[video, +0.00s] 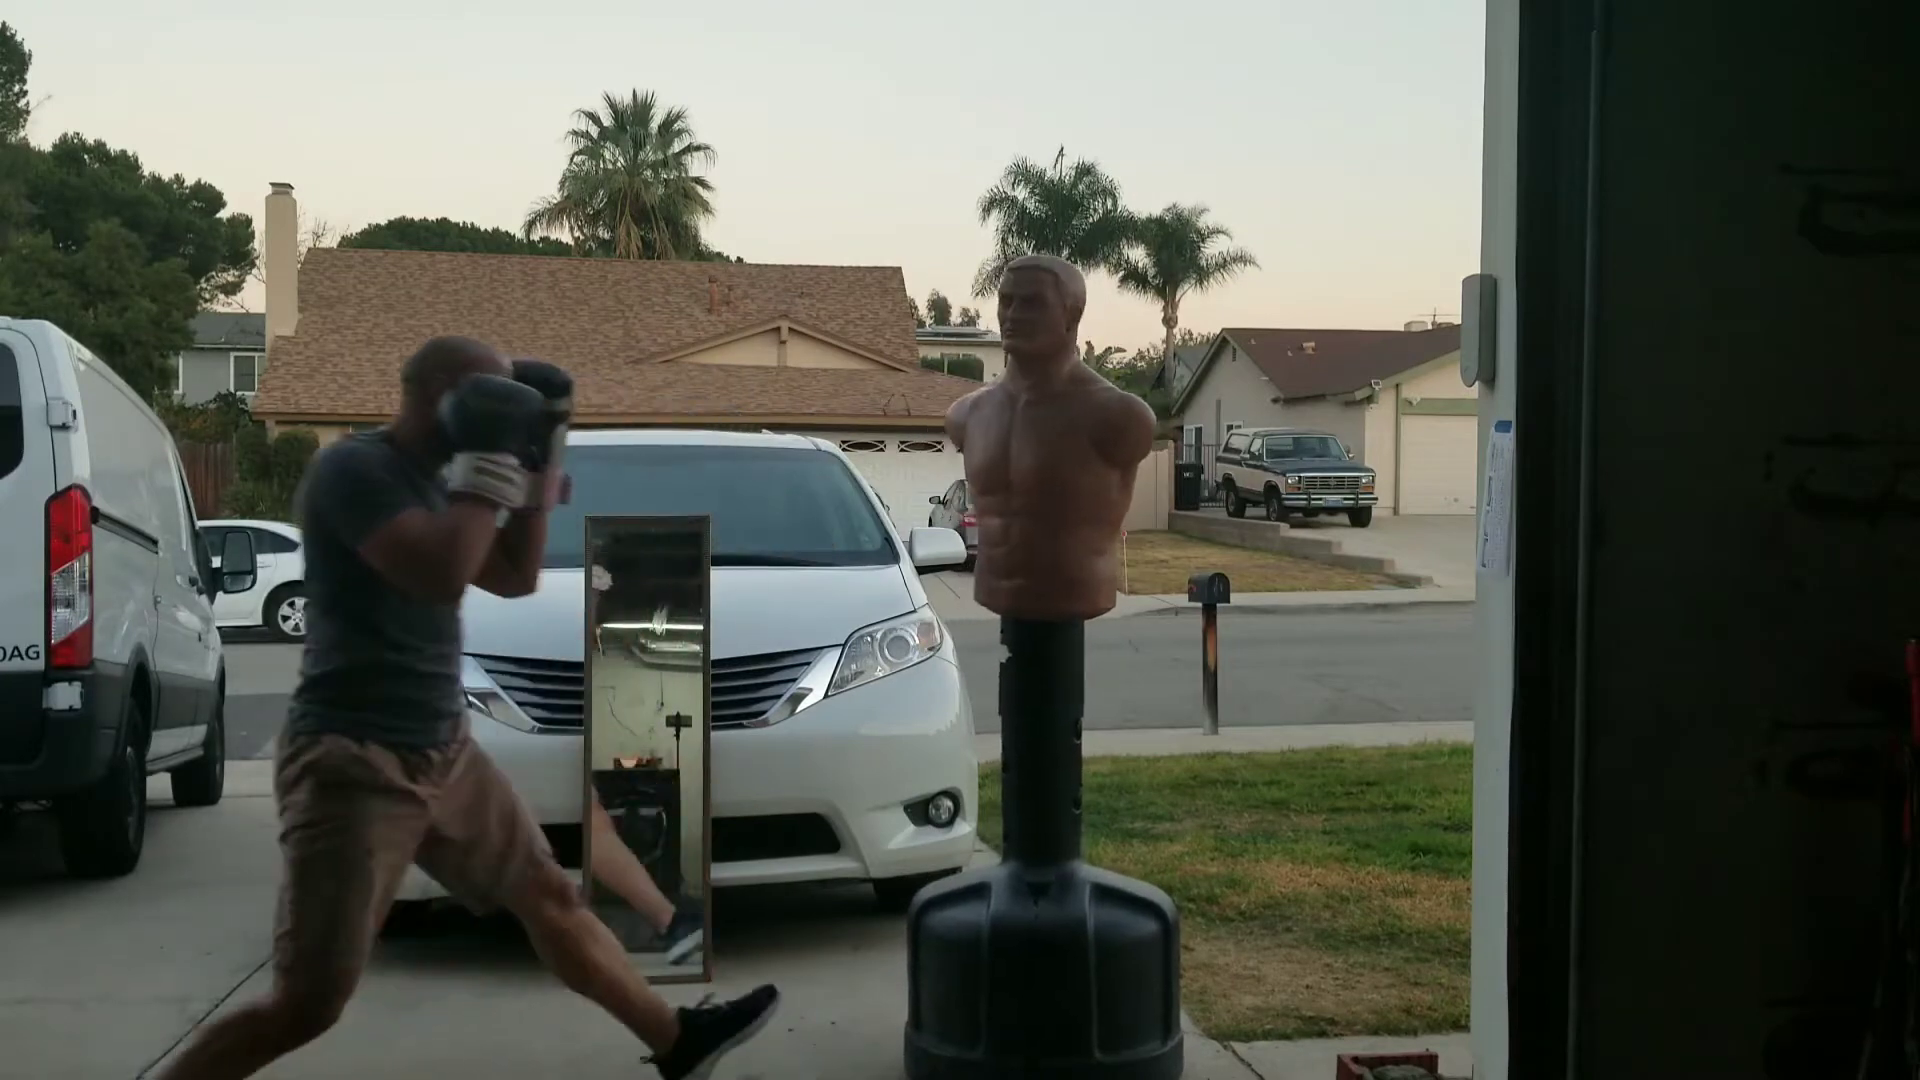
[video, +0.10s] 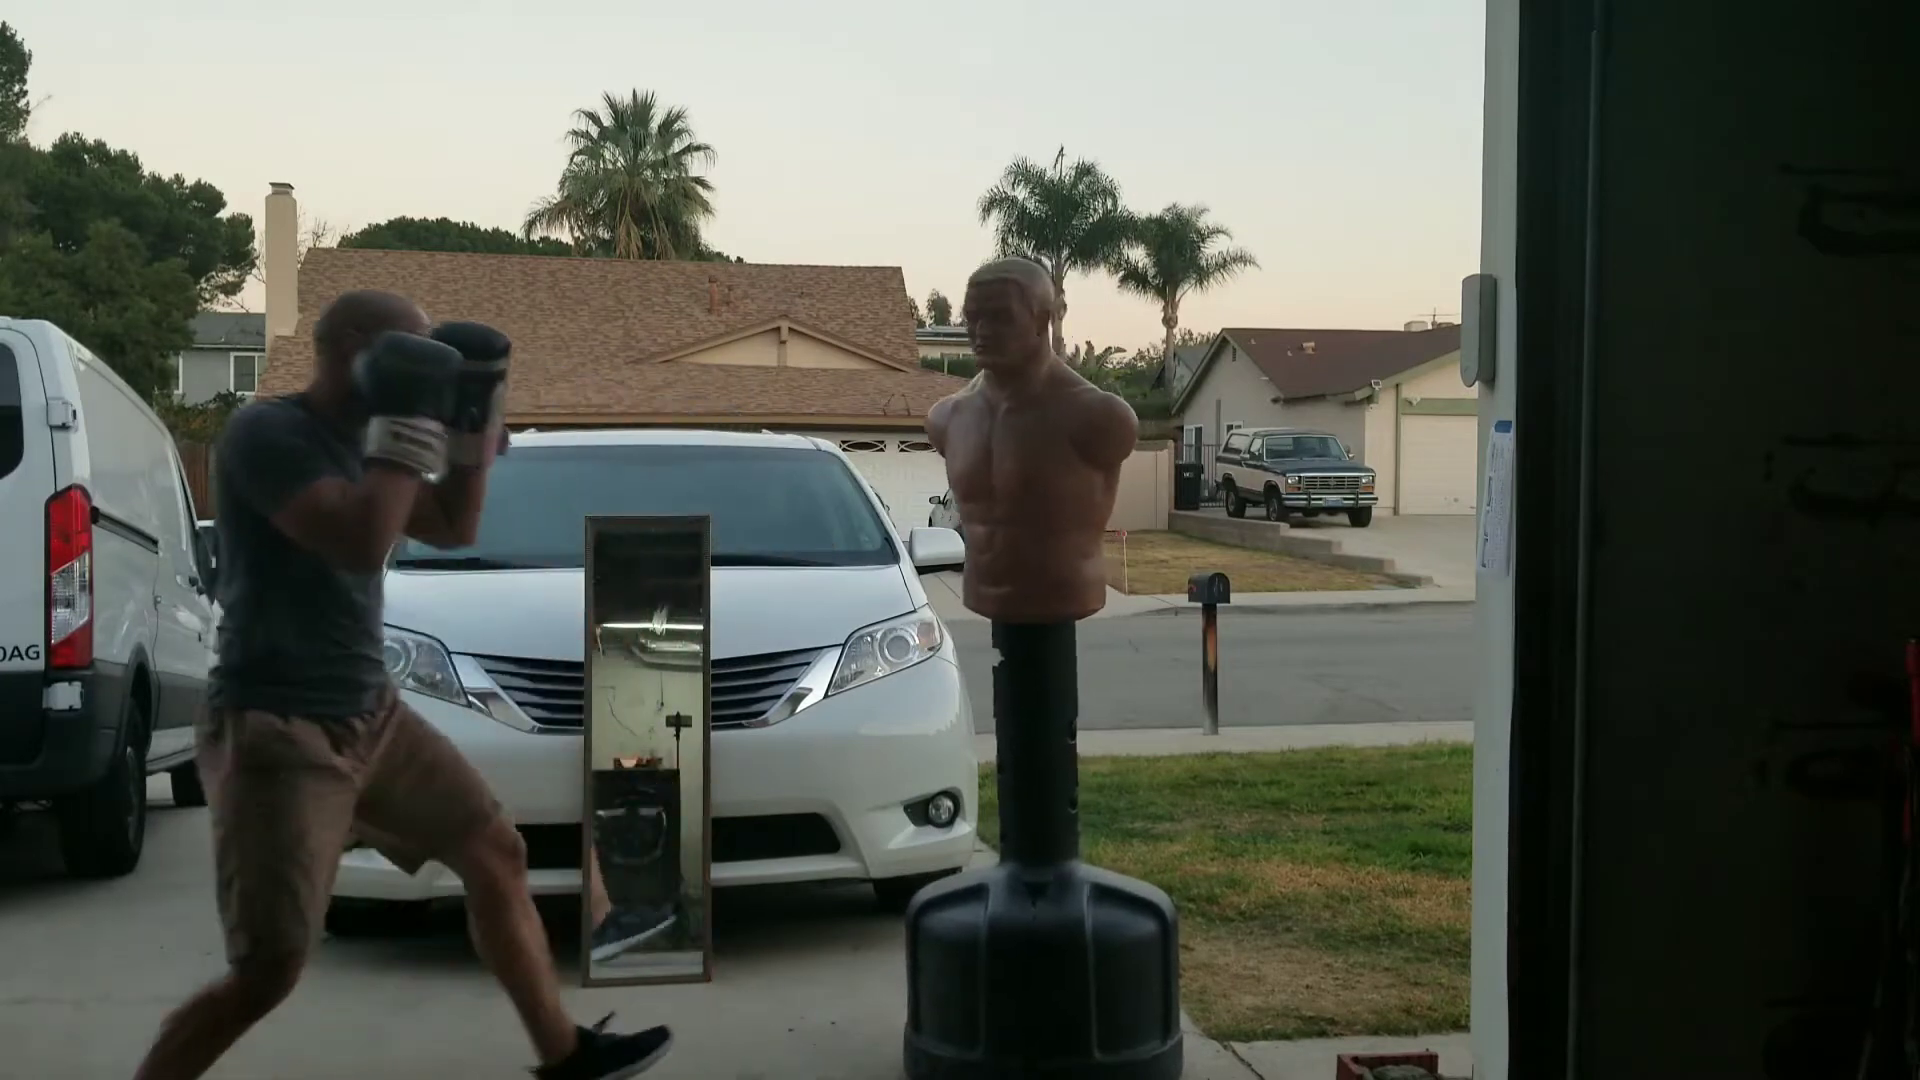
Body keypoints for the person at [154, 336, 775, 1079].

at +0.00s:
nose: (496, 415)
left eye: (501, 400)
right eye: (486, 398)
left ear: (459, 409)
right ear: (437, 397)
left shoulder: (443, 482)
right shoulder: (347, 469)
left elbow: (514, 577)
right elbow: (441, 573)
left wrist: (544, 448)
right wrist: (498, 456)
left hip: (444, 753)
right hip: (351, 760)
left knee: (552, 899)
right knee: (309, 1001)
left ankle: (670, 1036)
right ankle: (166, 1075)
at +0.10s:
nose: (411, 382)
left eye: (420, 368)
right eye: (401, 364)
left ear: (393, 373)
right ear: (348, 358)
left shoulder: (356, 442)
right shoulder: (262, 432)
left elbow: (452, 524)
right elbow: (362, 537)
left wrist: (481, 402)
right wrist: (410, 419)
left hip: (369, 714)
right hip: (276, 728)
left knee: (493, 848)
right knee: (268, 971)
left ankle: (560, 1050)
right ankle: (151, 1077)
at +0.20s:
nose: (363, 329)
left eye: (372, 315)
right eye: (352, 312)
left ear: (346, 314)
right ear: (294, 299)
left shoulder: (317, 381)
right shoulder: (212, 374)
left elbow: (396, 474)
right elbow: (312, 493)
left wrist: (432, 362)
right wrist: (359, 372)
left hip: (322, 658)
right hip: (217, 673)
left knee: (432, 823)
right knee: (198, 916)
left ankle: (412, 1054)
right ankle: (115, 1074)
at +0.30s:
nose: (315, 292)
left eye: (325, 276)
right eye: (306, 273)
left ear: (306, 276)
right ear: (249, 262)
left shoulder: (284, 346)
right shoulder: (165, 338)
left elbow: (345, 452)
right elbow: (265, 466)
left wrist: (402, 351)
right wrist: (321, 347)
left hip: (280, 640)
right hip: (172, 646)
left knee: (366, 836)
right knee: (138, 894)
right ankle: (45, 1073)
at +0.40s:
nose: (276, 309)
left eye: (283, 294)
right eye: (268, 290)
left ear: (224, 280)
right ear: (209, 278)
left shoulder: (241, 375)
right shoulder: (115, 362)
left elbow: (294, 491)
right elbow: (208, 492)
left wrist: (348, 415)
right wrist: (271, 373)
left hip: (234, 671)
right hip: (122, 675)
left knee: (295, 888)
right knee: (82, 924)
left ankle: (122, 1060)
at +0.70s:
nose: (292, 321)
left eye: (297, 306)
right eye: (284, 303)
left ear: (237, 292)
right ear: (229, 288)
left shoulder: (231, 383)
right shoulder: (127, 361)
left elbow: (250, 512)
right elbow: (180, 512)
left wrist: (327, 427)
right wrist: (279, 416)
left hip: (207, 673)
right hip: (105, 675)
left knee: (286, 867)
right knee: (55, 912)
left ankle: (178, 1067)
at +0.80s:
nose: (309, 351)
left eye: (316, 336)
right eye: (309, 332)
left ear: (269, 312)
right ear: (271, 312)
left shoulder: (232, 392)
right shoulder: (179, 368)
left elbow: (310, 520)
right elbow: (278, 508)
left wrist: (350, 411)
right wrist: (335, 395)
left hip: (215, 685)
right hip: (126, 685)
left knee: (310, 851)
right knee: (62, 921)